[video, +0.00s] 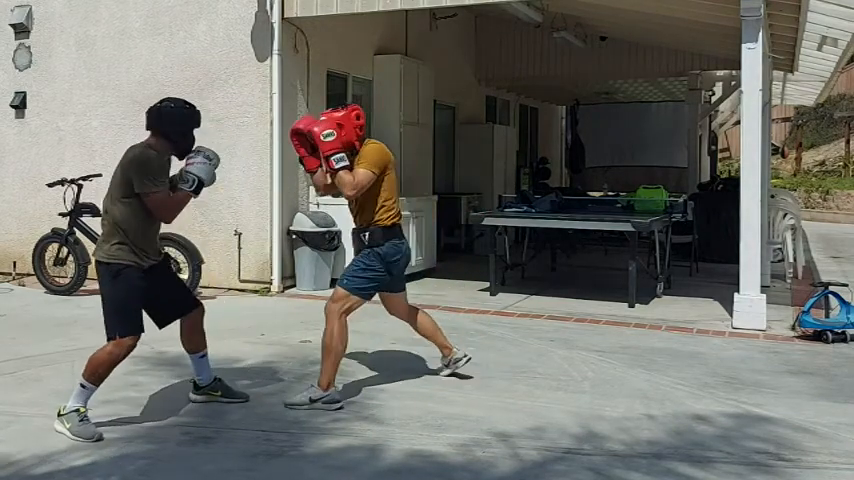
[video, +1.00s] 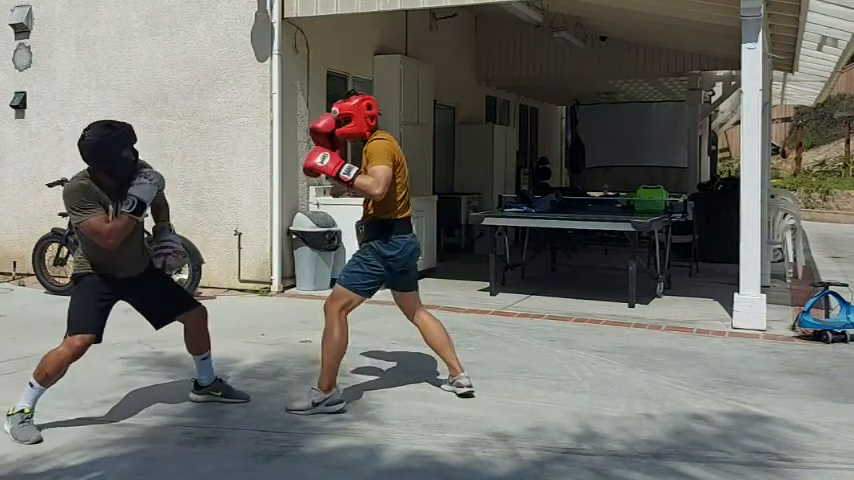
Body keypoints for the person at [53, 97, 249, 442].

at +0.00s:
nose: (193, 135)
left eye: (193, 129)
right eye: (190, 129)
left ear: (159, 128)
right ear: (175, 131)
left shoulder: (154, 159)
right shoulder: (143, 158)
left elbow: (162, 208)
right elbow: (167, 212)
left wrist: (186, 180)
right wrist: (191, 181)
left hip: (149, 260)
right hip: (119, 262)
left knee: (192, 311)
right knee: (125, 339)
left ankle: (204, 381)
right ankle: (72, 409)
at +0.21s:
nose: (210, 140)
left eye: (210, 133)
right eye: (207, 133)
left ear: (176, 132)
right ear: (193, 134)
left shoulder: (172, 163)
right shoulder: (163, 159)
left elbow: (179, 212)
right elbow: (186, 213)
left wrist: (208, 183)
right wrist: (209, 180)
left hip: (159, 262)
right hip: (130, 262)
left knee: (209, 307)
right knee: (132, 339)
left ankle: (206, 381)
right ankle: (73, 409)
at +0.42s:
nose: (220, 137)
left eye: (220, 131)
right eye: (216, 131)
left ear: (196, 133)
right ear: (200, 133)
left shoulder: (205, 158)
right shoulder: (172, 155)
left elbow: (246, 165)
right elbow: (198, 202)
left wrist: (278, 154)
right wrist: (224, 172)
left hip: (163, 255)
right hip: (128, 252)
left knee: (206, 307)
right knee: (113, 327)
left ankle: (207, 381)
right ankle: (57, 400)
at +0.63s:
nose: (193, 148)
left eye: (192, 142)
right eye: (188, 143)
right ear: (174, 148)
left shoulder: (183, 175)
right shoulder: (142, 177)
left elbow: (203, 215)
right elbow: (179, 224)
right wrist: (198, 187)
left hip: (163, 269)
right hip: (123, 270)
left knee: (215, 310)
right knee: (91, 343)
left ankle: (207, 381)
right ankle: (25, 406)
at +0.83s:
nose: (151, 165)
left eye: (149, 158)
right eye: (144, 161)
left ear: (131, 167)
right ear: (124, 171)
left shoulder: (147, 187)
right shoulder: (95, 200)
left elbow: (167, 226)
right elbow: (135, 245)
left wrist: (175, 246)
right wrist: (158, 205)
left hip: (145, 277)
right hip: (103, 281)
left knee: (205, 315)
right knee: (84, 347)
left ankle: (207, 382)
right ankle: (23, 410)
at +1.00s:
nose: (134, 156)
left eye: (132, 150)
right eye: (126, 152)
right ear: (106, 161)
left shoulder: (136, 175)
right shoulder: (77, 191)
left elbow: (158, 201)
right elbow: (110, 238)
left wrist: (164, 237)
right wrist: (138, 199)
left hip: (139, 271)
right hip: (95, 276)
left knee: (196, 314)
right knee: (79, 342)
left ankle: (206, 382)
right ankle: (22, 411)